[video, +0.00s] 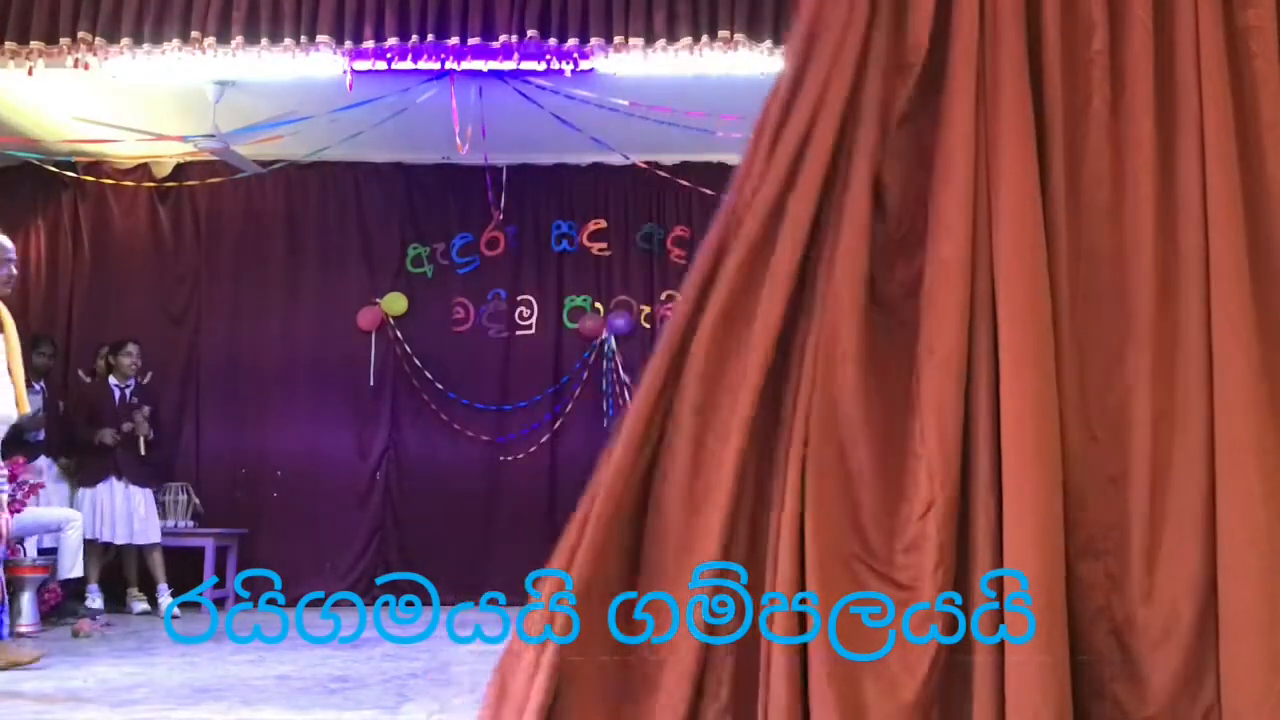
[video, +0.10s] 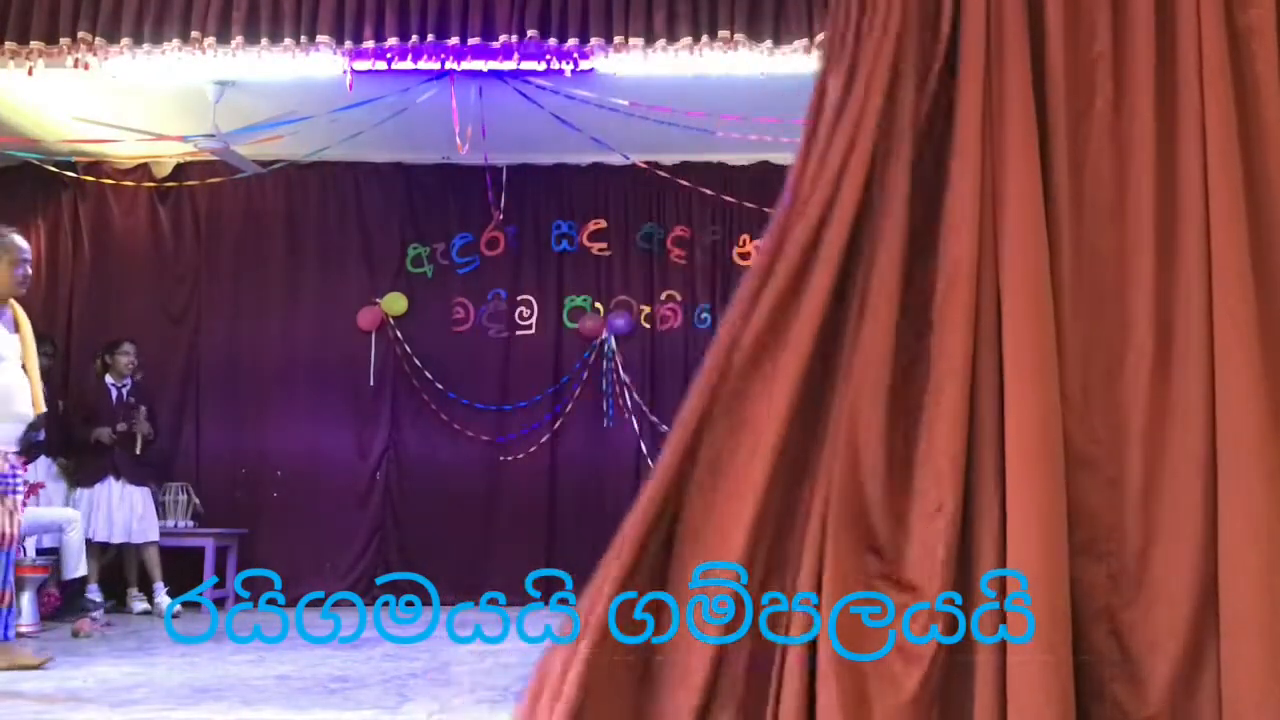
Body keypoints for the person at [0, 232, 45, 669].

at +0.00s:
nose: (10, 270)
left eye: (13, 263)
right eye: (5, 262)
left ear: (19, 268)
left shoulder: (9, 321)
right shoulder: (6, 322)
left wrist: (25, 424)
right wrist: (23, 425)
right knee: (67, 519)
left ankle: (13, 634)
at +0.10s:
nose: (27, 273)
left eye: (29, 265)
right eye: (19, 264)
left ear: (27, 268)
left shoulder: (18, 315)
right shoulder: (8, 317)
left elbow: (31, 369)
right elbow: (28, 370)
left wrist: (41, 417)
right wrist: (38, 415)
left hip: (17, 450)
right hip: (4, 451)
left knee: (13, 540)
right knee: (9, 540)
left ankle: (8, 637)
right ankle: (6, 639)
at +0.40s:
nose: (73, 282)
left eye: (74, 275)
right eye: (65, 273)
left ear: (61, 278)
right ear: (34, 273)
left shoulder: (57, 324)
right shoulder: (8, 320)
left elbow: (68, 395)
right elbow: (1, 381)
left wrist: (101, 444)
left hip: (51, 452)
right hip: (15, 449)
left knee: (47, 542)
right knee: (33, 538)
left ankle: (18, 644)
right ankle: (6, 642)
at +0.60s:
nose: (100, 284)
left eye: (102, 276)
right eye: (93, 275)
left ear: (91, 277)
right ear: (63, 271)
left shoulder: (85, 325)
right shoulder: (33, 318)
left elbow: (104, 388)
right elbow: (8, 389)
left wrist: (149, 427)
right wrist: (13, 456)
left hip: (73, 453)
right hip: (41, 449)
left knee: (40, 542)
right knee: (68, 532)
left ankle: (16, 643)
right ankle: (49, 641)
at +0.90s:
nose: (156, 292)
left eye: (159, 284)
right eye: (149, 282)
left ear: (152, 285)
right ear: (120, 279)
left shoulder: (140, 329)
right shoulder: (85, 325)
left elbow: (150, 399)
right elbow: (63, 396)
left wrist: (178, 444)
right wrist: (63, 464)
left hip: (115, 456)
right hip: (85, 452)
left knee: (61, 551)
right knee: (110, 546)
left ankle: (15, 638)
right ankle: (114, 651)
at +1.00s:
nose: (177, 299)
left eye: (181, 290)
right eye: (172, 288)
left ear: (167, 289)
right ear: (142, 281)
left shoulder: (152, 331)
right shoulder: (108, 325)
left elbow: (154, 400)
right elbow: (88, 397)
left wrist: (174, 453)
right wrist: (88, 465)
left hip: (131, 455)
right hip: (99, 452)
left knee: (105, 549)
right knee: (125, 545)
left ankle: (39, 626)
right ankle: (117, 653)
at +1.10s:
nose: (199, 301)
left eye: (203, 293)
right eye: (192, 291)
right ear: (163, 283)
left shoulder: (173, 334)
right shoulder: (129, 327)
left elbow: (165, 406)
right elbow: (112, 399)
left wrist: (162, 462)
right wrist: (120, 466)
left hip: (152, 456)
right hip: (114, 453)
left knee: (171, 543)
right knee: (133, 543)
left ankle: (121, 639)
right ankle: (115, 653)